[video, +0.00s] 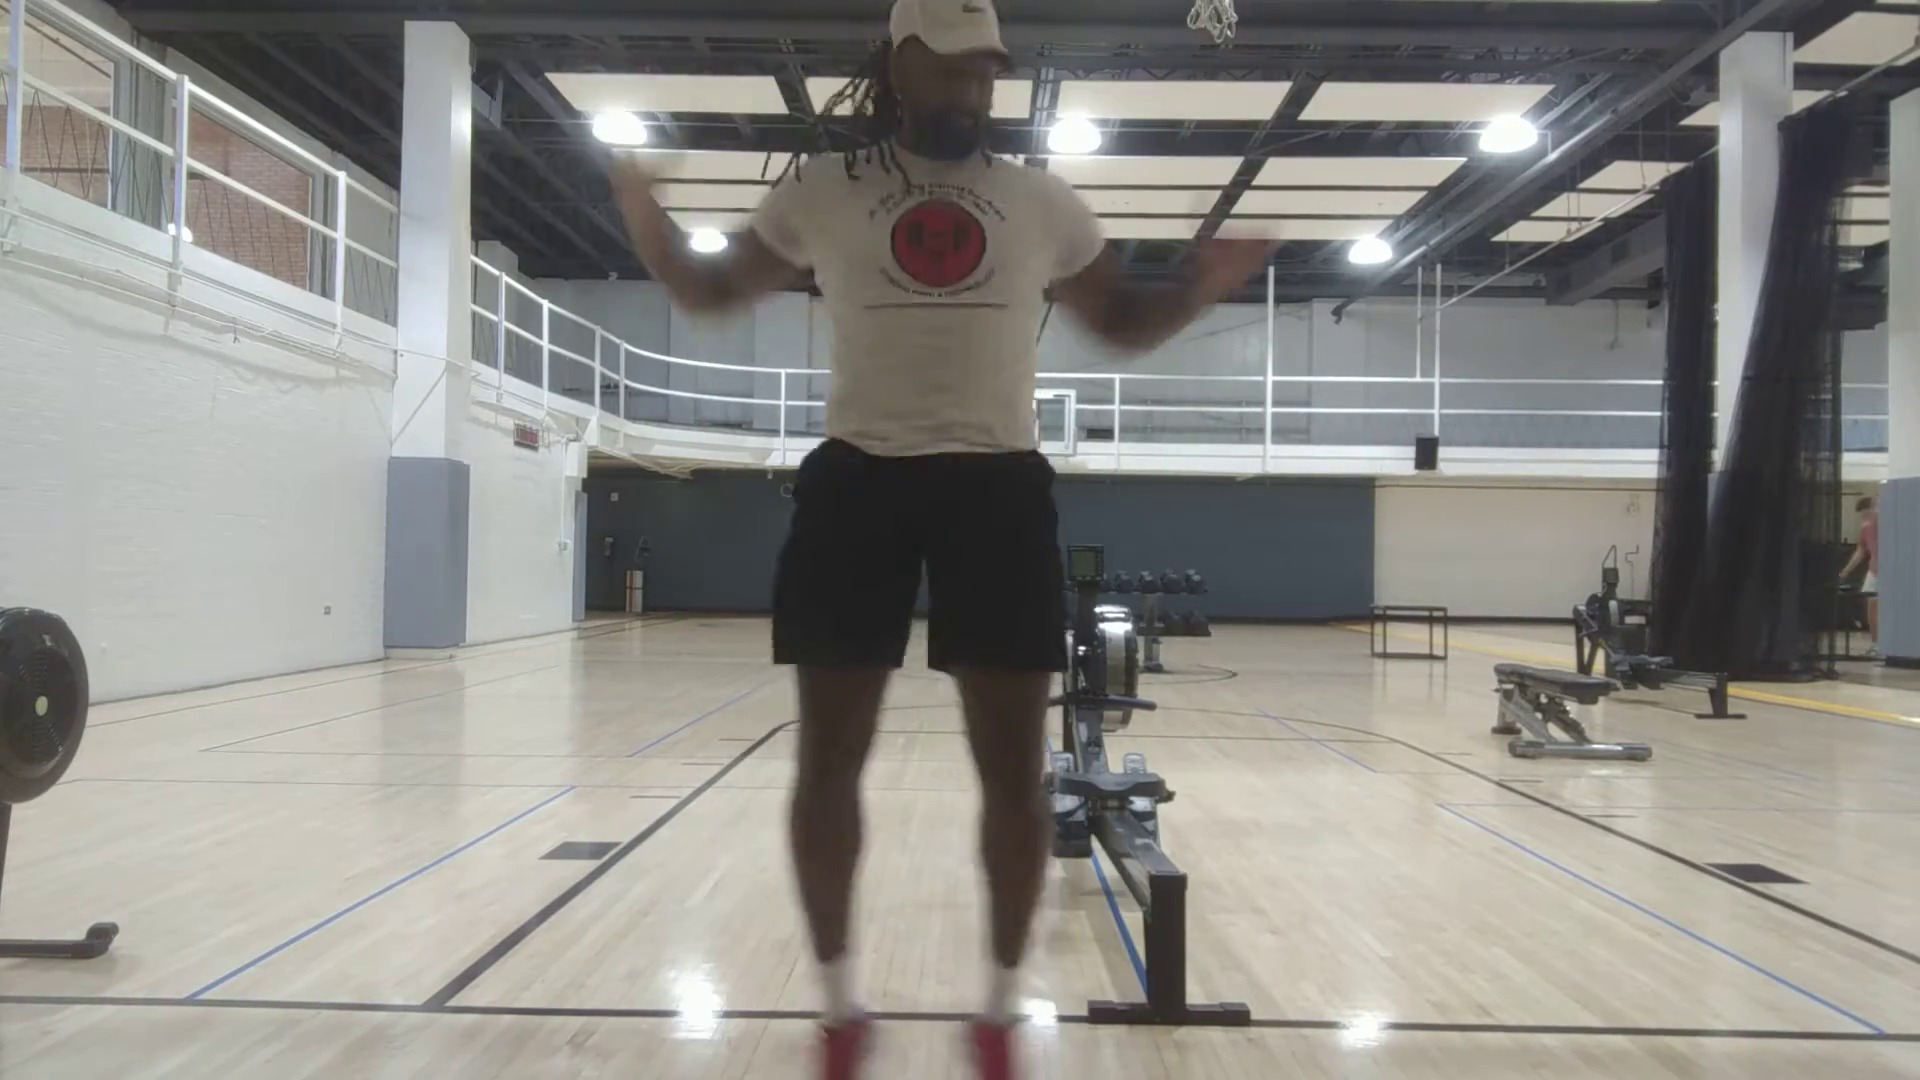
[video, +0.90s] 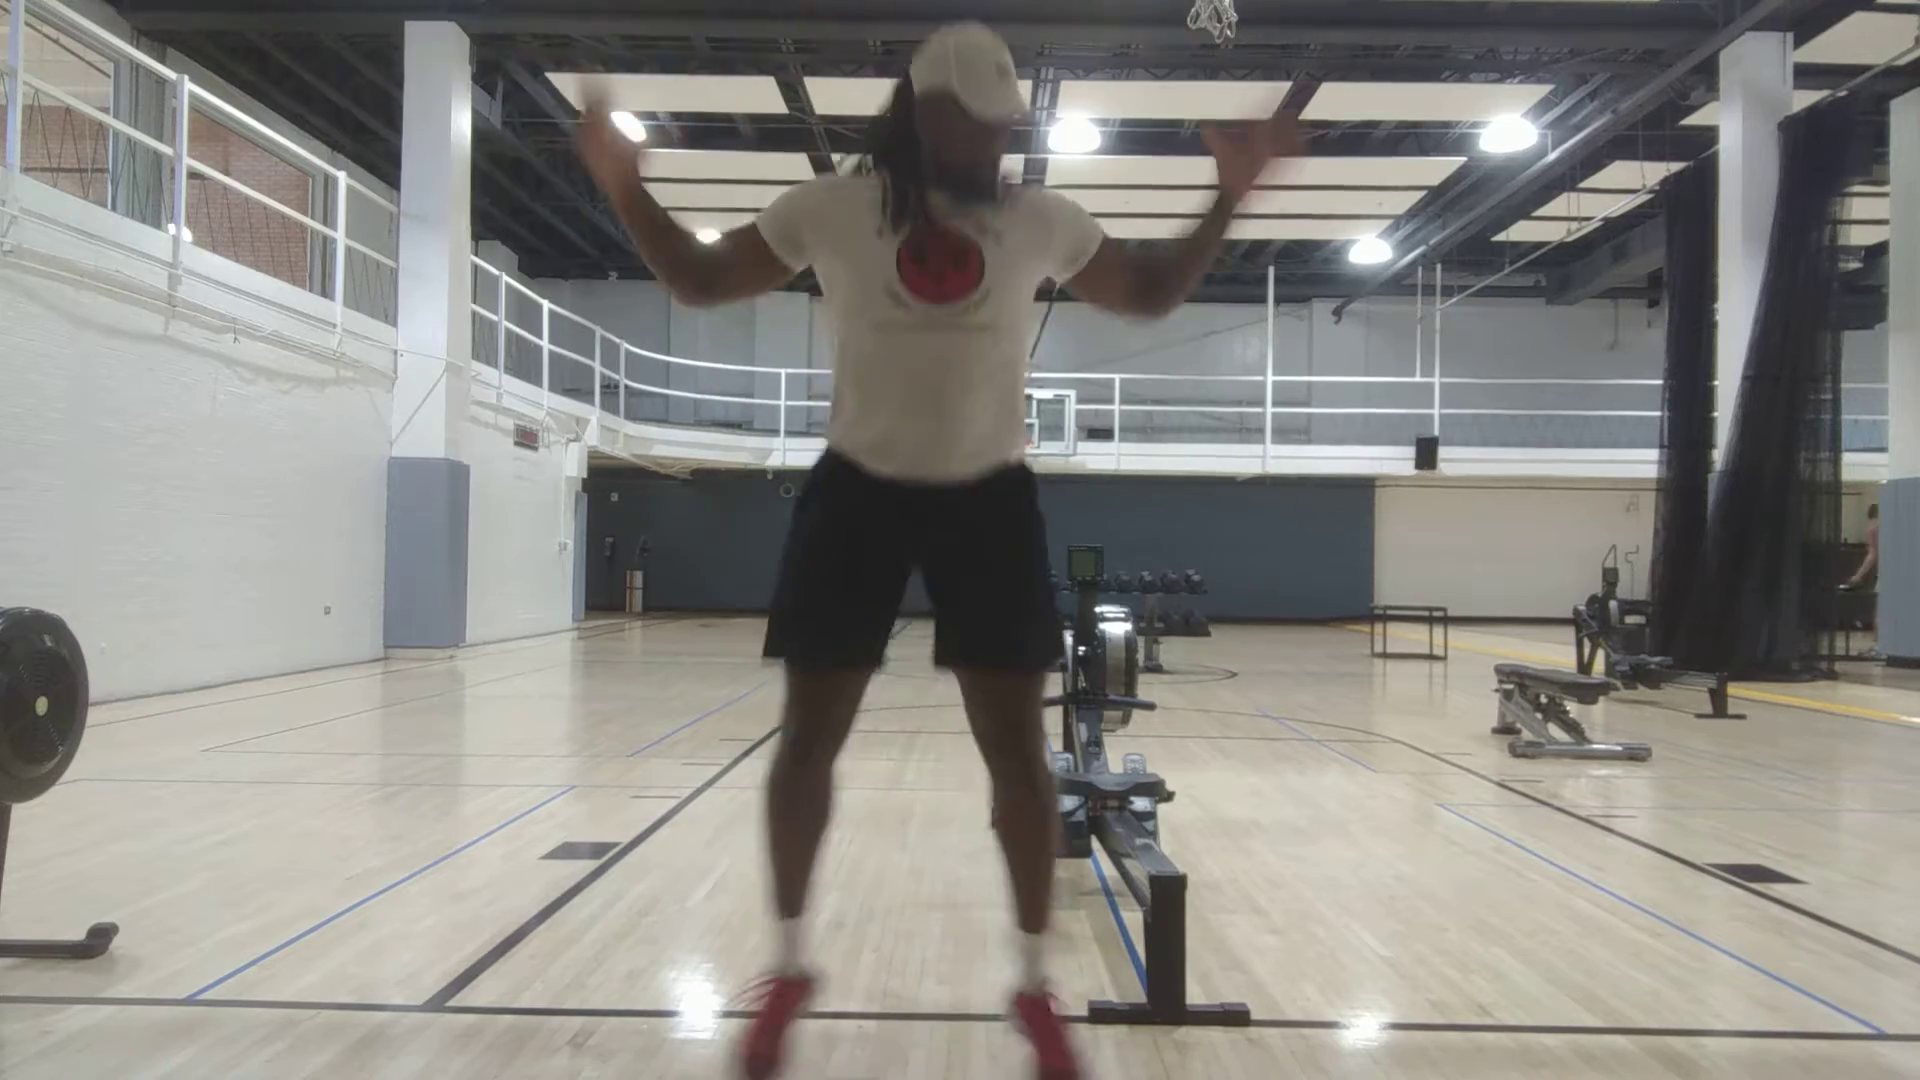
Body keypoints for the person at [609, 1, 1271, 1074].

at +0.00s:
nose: (971, 91)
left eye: (984, 71)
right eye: (950, 70)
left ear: (997, 76)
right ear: (896, 70)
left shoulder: (1039, 195)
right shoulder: (825, 188)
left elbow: (1122, 321)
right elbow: (712, 292)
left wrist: (1200, 281)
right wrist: (646, 214)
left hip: (999, 495)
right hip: (856, 492)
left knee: (1016, 768)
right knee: (831, 759)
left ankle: (1000, 1004)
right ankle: (840, 1003)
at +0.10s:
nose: (958, 134)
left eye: (975, 113)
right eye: (936, 112)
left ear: (996, 120)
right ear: (895, 115)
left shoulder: (1033, 253)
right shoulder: (827, 242)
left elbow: (1051, 393)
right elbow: (763, 377)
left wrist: (1091, 398)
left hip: (996, 537)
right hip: (862, 533)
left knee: (989, 808)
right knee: (853, 801)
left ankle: (959, 1039)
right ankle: (875, 1042)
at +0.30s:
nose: (949, 171)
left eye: (964, 152)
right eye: (928, 151)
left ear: (984, 157)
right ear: (883, 148)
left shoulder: (1024, 279)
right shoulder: (822, 264)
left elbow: (1078, 405)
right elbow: (765, 395)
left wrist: (1124, 396)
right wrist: (743, 394)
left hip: (989, 558)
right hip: (859, 556)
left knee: (984, 804)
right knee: (854, 799)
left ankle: (961, 1036)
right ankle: (874, 1038)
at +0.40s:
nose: (973, 126)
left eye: (984, 106)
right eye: (953, 105)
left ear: (995, 101)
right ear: (891, 98)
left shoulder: (1024, 213)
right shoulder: (825, 204)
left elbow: (1125, 324)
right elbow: (716, 318)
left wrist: (1191, 254)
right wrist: (651, 267)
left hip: (988, 503)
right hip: (854, 502)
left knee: (1002, 759)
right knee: (832, 754)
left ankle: (1004, 1002)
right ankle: (829, 997)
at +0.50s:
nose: (982, 146)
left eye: (991, 125)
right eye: (961, 125)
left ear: (997, 113)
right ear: (899, 109)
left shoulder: (1028, 213)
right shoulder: (824, 198)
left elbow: (1166, 255)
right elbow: (671, 250)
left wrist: (1195, 139)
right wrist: (613, 125)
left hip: (990, 499)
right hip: (852, 494)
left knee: (1031, 761)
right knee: (796, 754)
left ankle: (1061, 993)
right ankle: (765, 974)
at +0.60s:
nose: (959, 216)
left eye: (975, 199)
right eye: (942, 195)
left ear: (999, 195)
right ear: (897, 180)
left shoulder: (1027, 261)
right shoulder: (825, 253)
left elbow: (1153, 226)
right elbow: (675, 230)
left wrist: (1101, 92)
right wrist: (700, 92)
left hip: (986, 565)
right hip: (849, 561)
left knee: (1052, 817)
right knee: (775, 810)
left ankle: (1084, 1021)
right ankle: (720, 1008)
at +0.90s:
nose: (1001, 143)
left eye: (1009, 124)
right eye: (982, 123)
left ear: (1012, 121)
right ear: (922, 118)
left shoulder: (1036, 218)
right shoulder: (837, 208)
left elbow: (1148, 289)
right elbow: (699, 277)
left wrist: (1231, 199)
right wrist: (622, 185)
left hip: (990, 502)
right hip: (857, 496)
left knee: (1017, 744)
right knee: (810, 735)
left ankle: (1033, 982)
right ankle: (788, 966)